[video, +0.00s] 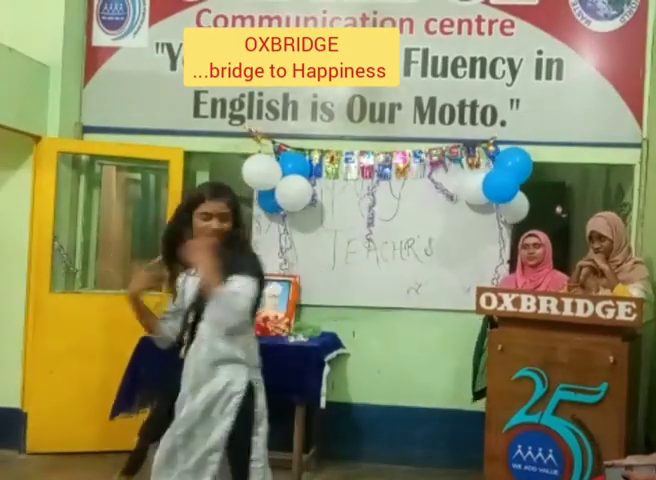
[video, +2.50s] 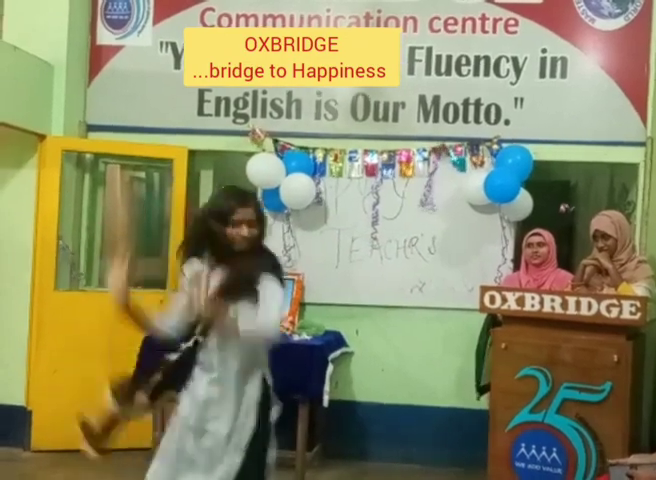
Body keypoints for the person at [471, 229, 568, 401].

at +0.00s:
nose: (531, 251)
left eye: (536, 246)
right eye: (525, 247)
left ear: (546, 250)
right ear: (519, 252)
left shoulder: (561, 281)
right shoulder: (507, 282)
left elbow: (565, 318)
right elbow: (496, 319)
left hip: (548, 349)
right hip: (512, 348)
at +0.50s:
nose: (531, 251)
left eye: (537, 246)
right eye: (525, 247)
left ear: (547, 251)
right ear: (519, 252)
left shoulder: (561, 281)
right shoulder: (507, 281)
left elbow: (567, 318)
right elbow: (495, 317)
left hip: (549, 349)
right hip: (512, 347)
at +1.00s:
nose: (531, 251)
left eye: (537, 246)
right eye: (526, 247)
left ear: (546, 251)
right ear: (520, 252)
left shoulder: (561, 281)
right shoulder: (507, 282)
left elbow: (566, 319)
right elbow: (496, 320)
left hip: (550, 352)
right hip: (513, 350)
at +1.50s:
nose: (530, 252)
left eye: (536, 246)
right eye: (525, 247)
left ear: (547, 250)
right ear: (519, 252)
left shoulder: (561, 281)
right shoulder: (508, 281)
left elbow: (566, 317)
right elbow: (496, 315)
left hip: (549, 347)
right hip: (512, 346)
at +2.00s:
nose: (531, 252)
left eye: (537, 247)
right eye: (526, 247)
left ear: (547, 251)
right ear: (520, 252)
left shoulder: (562, 281)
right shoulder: (508, 281)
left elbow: (565, 316)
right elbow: (498, 317)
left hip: (550, 347)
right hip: (514, 346)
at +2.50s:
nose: (535, 250)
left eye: (541, 245)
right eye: (530, 246)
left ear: (551, 249)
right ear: (523, 251)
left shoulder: (566, 280)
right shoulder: (511, 280)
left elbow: (570, 318)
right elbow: (500, 317)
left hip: (553, 349)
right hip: (516, 348)